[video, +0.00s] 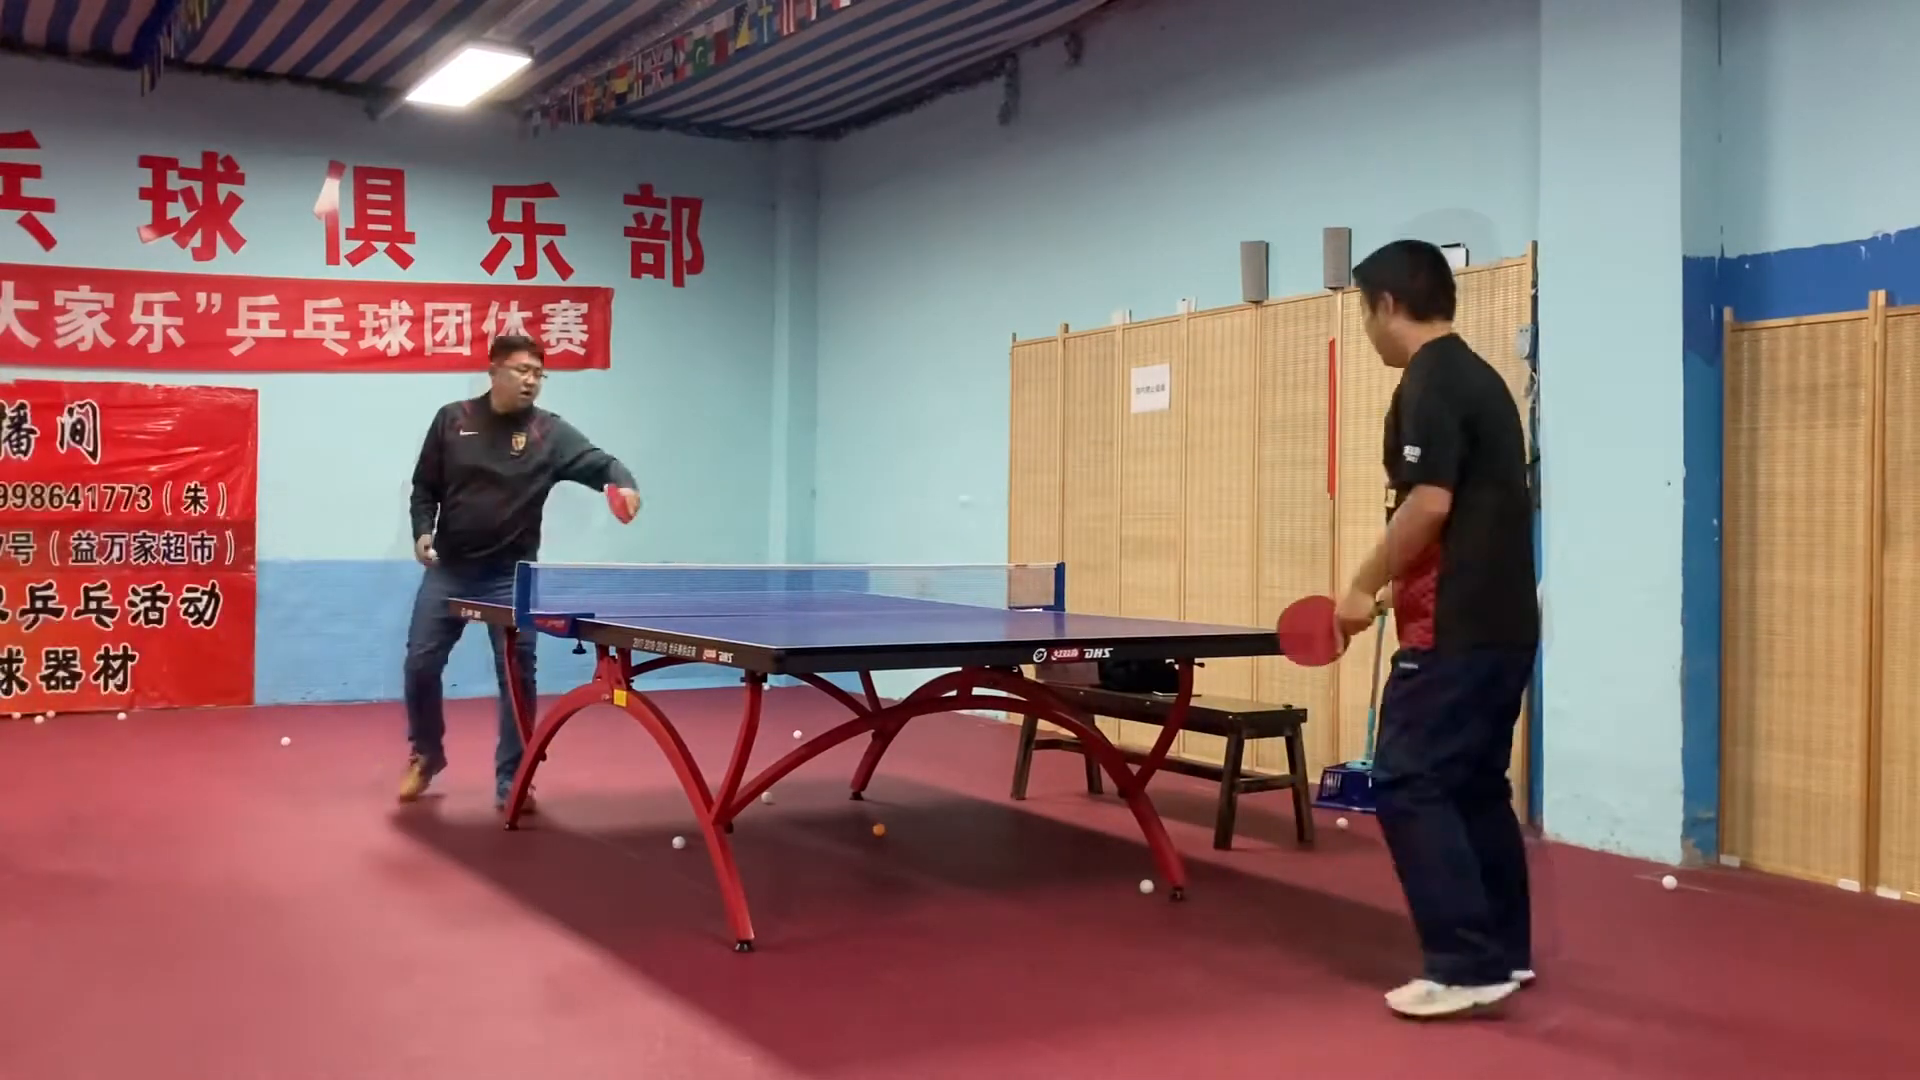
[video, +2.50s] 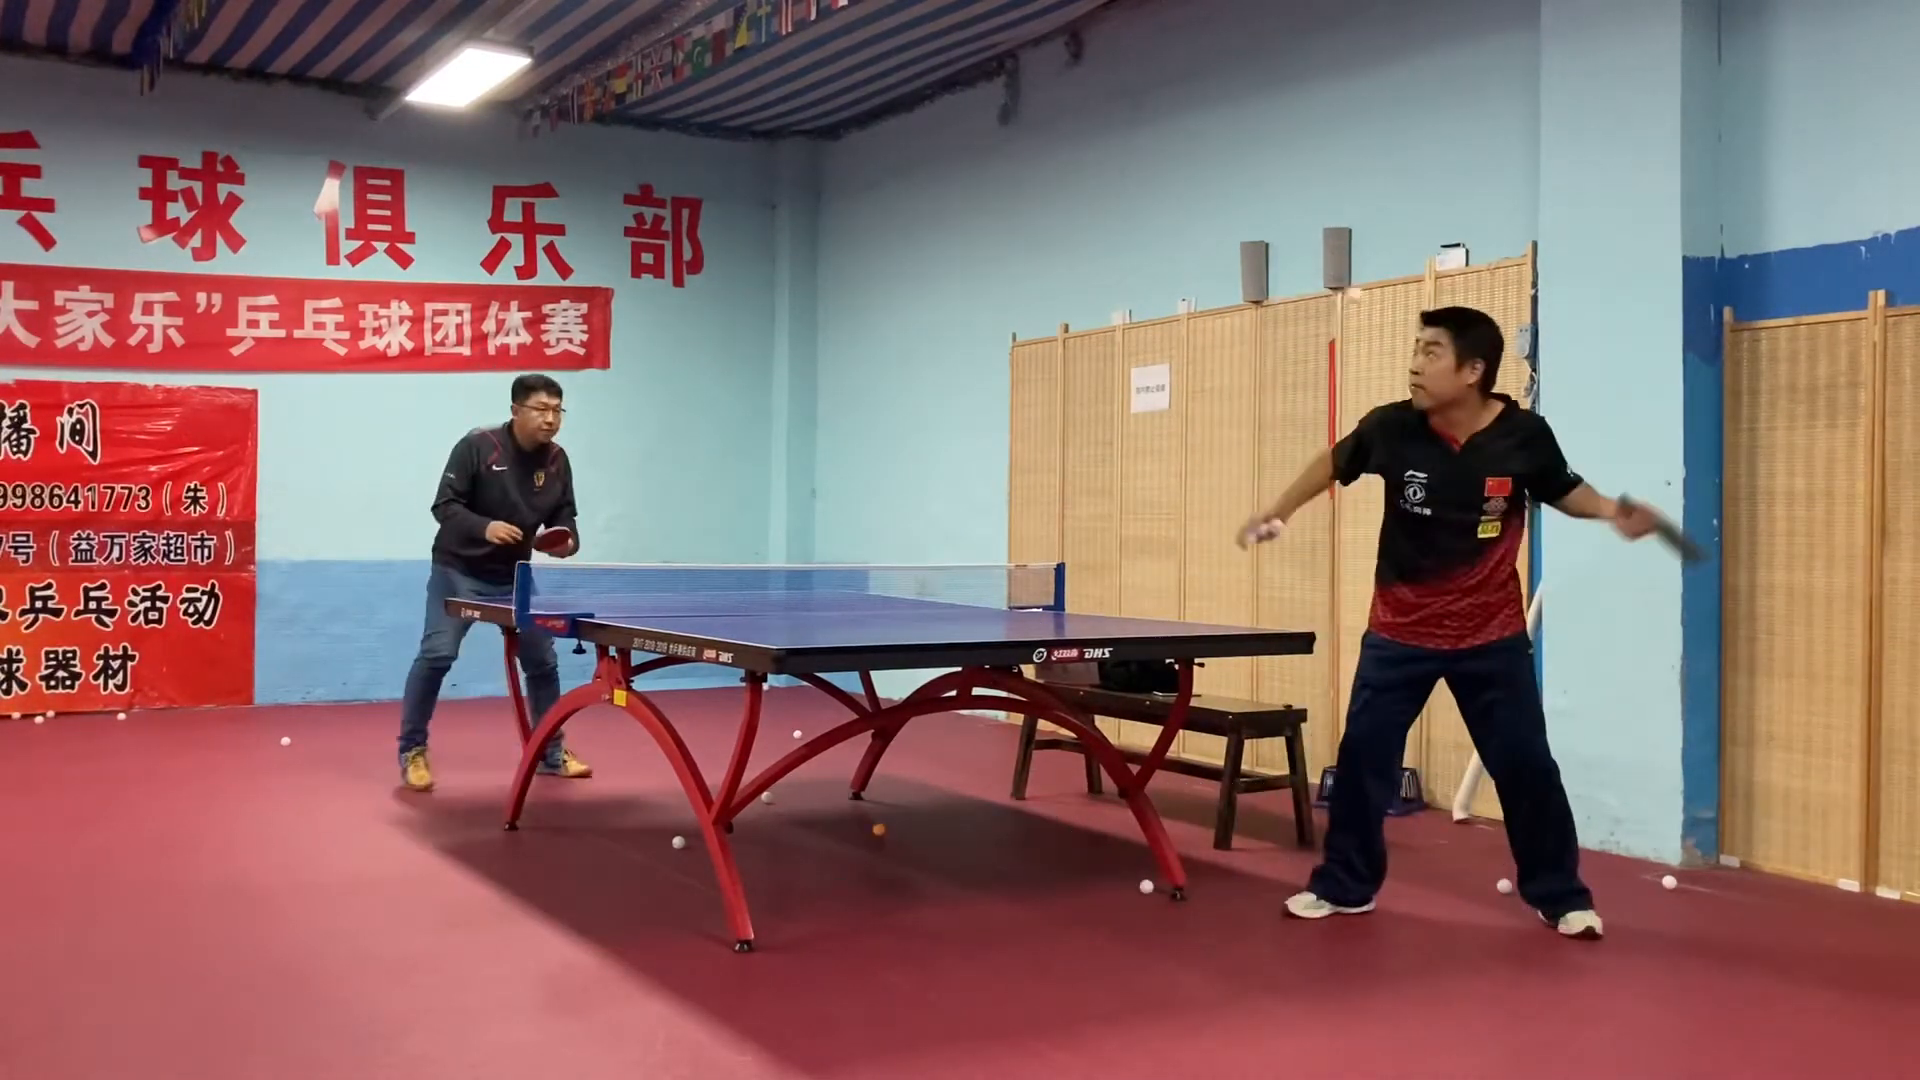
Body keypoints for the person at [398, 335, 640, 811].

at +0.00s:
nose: (531, 380)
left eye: (537, 374)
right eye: (522, 371)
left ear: (541, 380)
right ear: (494, 372)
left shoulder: (547, 432)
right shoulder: (452, 420)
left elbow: (600, 464)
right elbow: (424, 485)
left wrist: (622, 486)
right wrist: (423, 533)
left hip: (512, 571)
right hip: (448, 568)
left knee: (518, 671)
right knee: (420, 663)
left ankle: (513, 783)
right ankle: (426, 756)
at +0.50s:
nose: (487, 379)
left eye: (490, 371)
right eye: (477, 370)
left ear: (493, 378)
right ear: (450, 374)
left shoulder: (501, 427)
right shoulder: (411, 427)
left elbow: (515, 486)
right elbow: (383, 496)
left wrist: (516, 525)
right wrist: (399, 547)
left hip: (491, 572)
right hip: (431, 574)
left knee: (509, 664)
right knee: (434, 668)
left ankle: (517, 764)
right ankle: (436, 764)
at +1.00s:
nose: (513, 401)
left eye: (517, 394)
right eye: (502, 394)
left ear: (520, 400)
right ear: (477, 399)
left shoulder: (523, 448)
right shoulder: (444, 449)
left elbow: (536, 500)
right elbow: (417, 512)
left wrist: (534, 527)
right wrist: (452, 554)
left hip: (503, 578)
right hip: (454, 577)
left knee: (493, 665)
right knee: (449, 661)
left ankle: (480, 747)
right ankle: (437, 758)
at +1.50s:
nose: (531, 409)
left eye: (535, 401)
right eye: (522, 400)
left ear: (537, 408)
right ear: (497, 402)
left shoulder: (530, 453)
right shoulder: (457, 445)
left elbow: (539, 505)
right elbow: (428, 506)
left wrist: (527, 538)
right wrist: (478, 543)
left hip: (494, 573)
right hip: (446, 570)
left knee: (488, 662)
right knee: (438, 655)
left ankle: (478, 748)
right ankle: (423, 752)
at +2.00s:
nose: (510, 426)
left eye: (515, 418)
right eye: (500, 418)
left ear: (519, 420)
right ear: (474, 419)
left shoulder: (517, 456)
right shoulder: (434, 456)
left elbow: (521, 510)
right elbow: (401, 517)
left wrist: (511, 547)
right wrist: (443, 554)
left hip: (486, 571)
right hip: (429, 570)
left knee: (508, 648)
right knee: (427, 658)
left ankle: (504, 747)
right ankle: (422, 758)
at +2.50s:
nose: (550, 419)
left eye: (556, 411)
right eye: (541, 410)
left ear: (562, 416)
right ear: (516, 411)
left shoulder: (556, 459)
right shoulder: (478, 446)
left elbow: (565, 516)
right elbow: (444, 507)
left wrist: (563, 540)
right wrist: (485, 526)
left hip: (513, 574)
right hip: (459, 571)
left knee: (543, 660)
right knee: (438, 653)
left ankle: (552, 752)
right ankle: (412, 749)